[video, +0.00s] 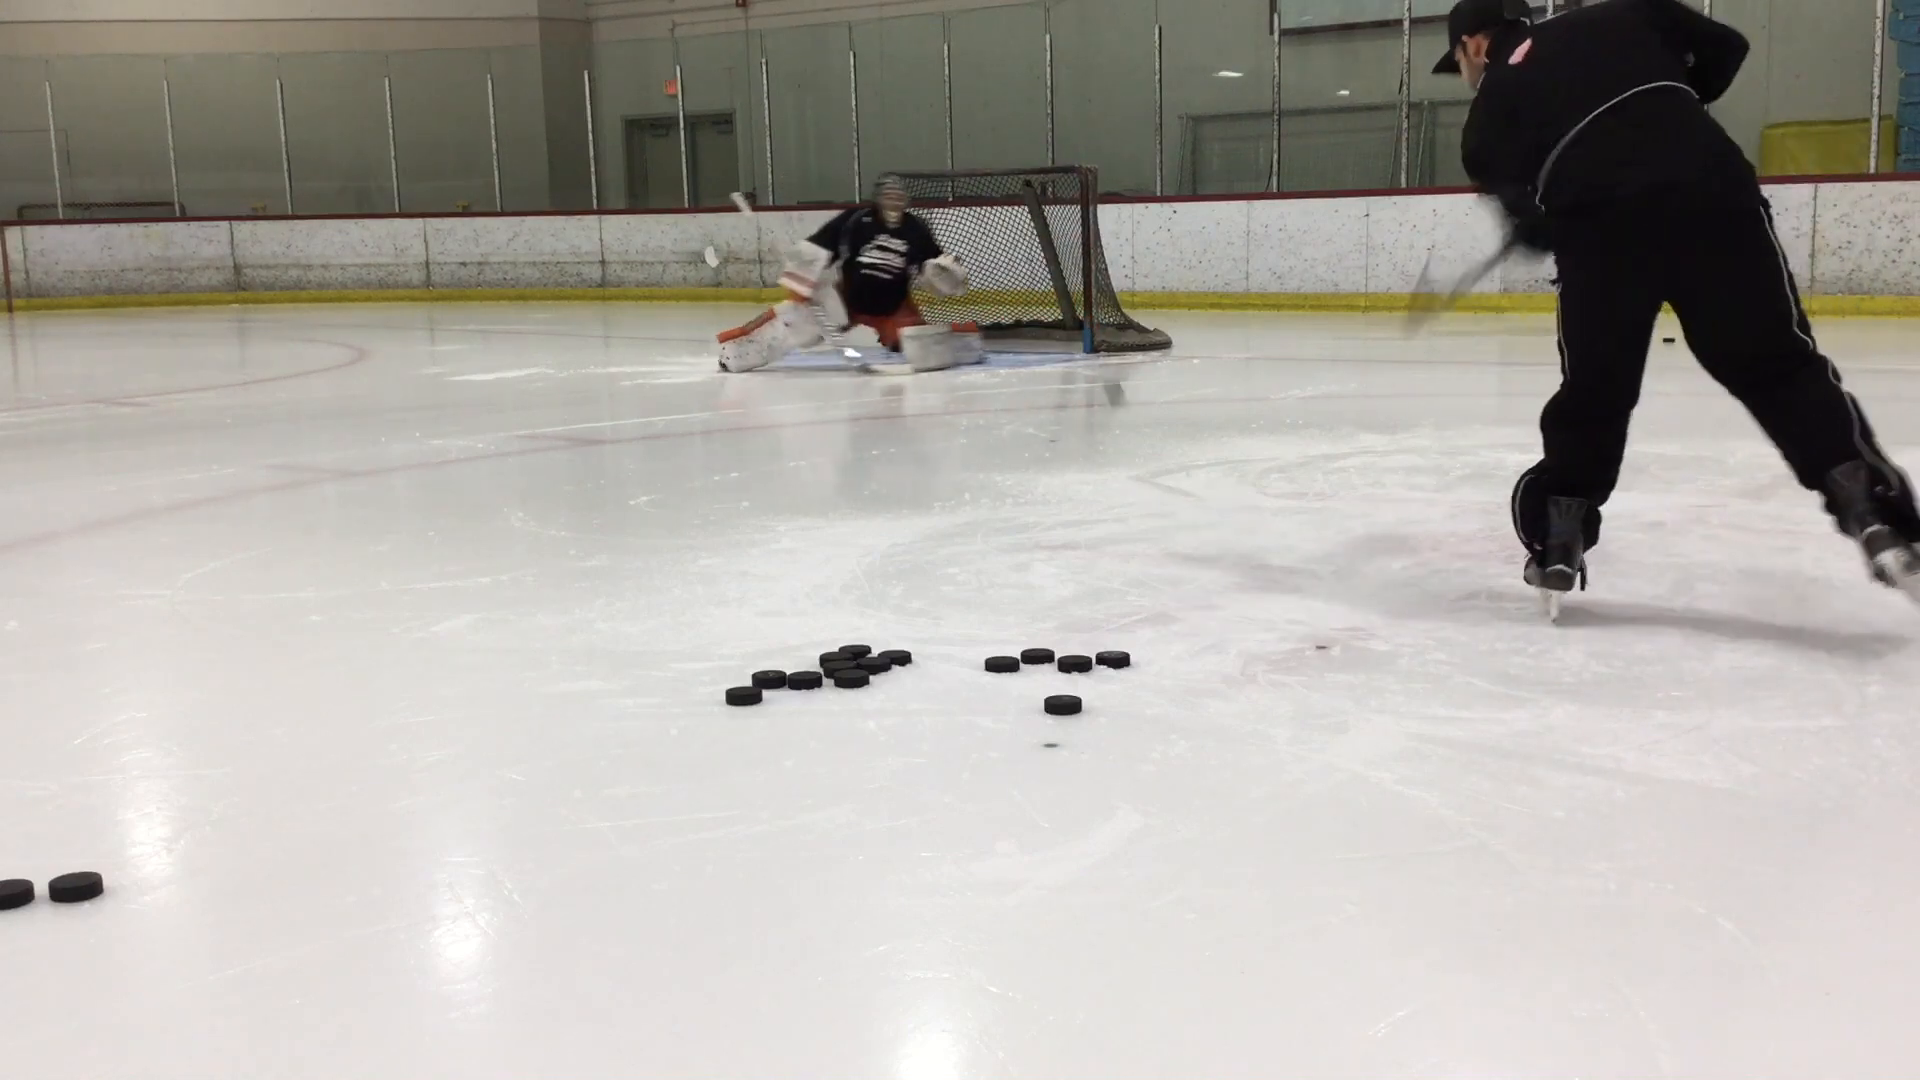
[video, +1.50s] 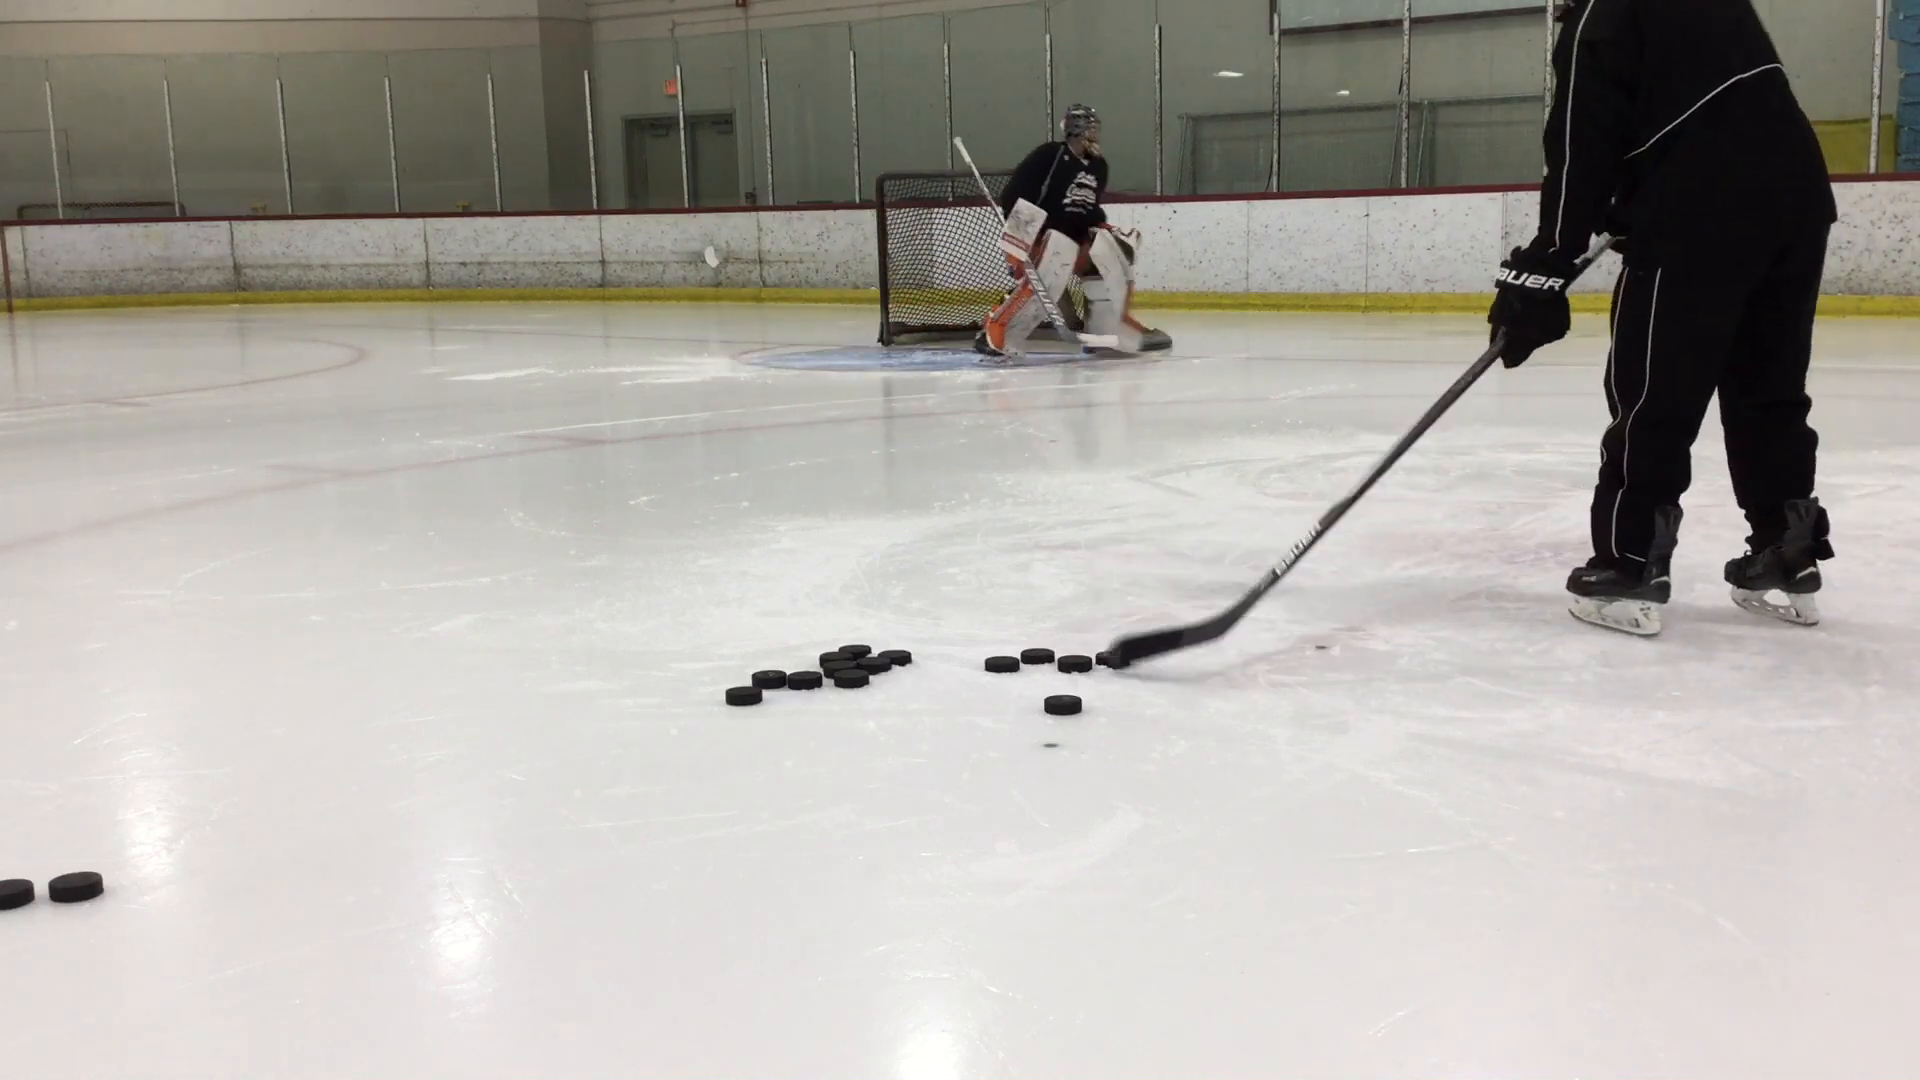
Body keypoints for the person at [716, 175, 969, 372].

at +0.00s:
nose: (895, 201)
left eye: (900, 196)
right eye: (889, 196)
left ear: (907, 201)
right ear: (877, 199)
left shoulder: (917, 230)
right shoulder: (857, 220)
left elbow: (940, 274)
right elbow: (813, 252)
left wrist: (946, 276)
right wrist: (804, 287)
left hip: (895, 309)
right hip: (847, 304)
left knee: (927, 350)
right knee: (792, 325)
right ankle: (740, 353)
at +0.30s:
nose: (994, 217)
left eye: (998, 212)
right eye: (987, 211)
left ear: (1004, 212)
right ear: (975, 210)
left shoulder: (1007, 241)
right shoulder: (949, 223)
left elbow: (1017, 285)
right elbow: (908, 251)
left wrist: (1052, 306)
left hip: (979, 308)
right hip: (938, 305)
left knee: (1016, 335)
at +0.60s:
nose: (1067, 206)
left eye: (1070, 200)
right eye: (1062, 200)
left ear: (1073, 200)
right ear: (1046, 198)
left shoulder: (1075, 224)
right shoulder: (1017, 220)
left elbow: (1093, 260)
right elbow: (986, 253)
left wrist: (1124, 284)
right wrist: (992, 294)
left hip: (1056, 299)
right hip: (1015, 301)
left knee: (1098, 320)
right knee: (1023, 347)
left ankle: (1133, 340)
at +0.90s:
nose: (1129, 189)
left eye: (1132, 183)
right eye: (1123, 184)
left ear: (1134, 183)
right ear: (1108, 184)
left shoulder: (1139, 210)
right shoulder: (1085, 210)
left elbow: (1143, 244)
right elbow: (1066, 258)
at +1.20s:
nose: (1136, 157)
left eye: (1137, 151)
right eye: (1131, 152)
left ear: (1138, 154)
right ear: (1116, 154)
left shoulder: (1144, 184)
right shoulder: (1089, 181)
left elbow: (1147, 223)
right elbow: (1060, 221)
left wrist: (1164, 252)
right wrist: (1053, 262)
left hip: (1134, 262)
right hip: (1092, 264)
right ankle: (1039, 351)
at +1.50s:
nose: (1096, 136)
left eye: (1096, 130)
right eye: (1090, 129)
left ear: (1094, 132)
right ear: (1075, 131)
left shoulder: (1098, 165)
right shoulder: (1048, 155)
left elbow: (1090, 206)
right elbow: (1015, 196)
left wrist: (1102, 231)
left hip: (1082, 235)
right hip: (1048, 232)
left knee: (1117, 257)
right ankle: (997, 334)